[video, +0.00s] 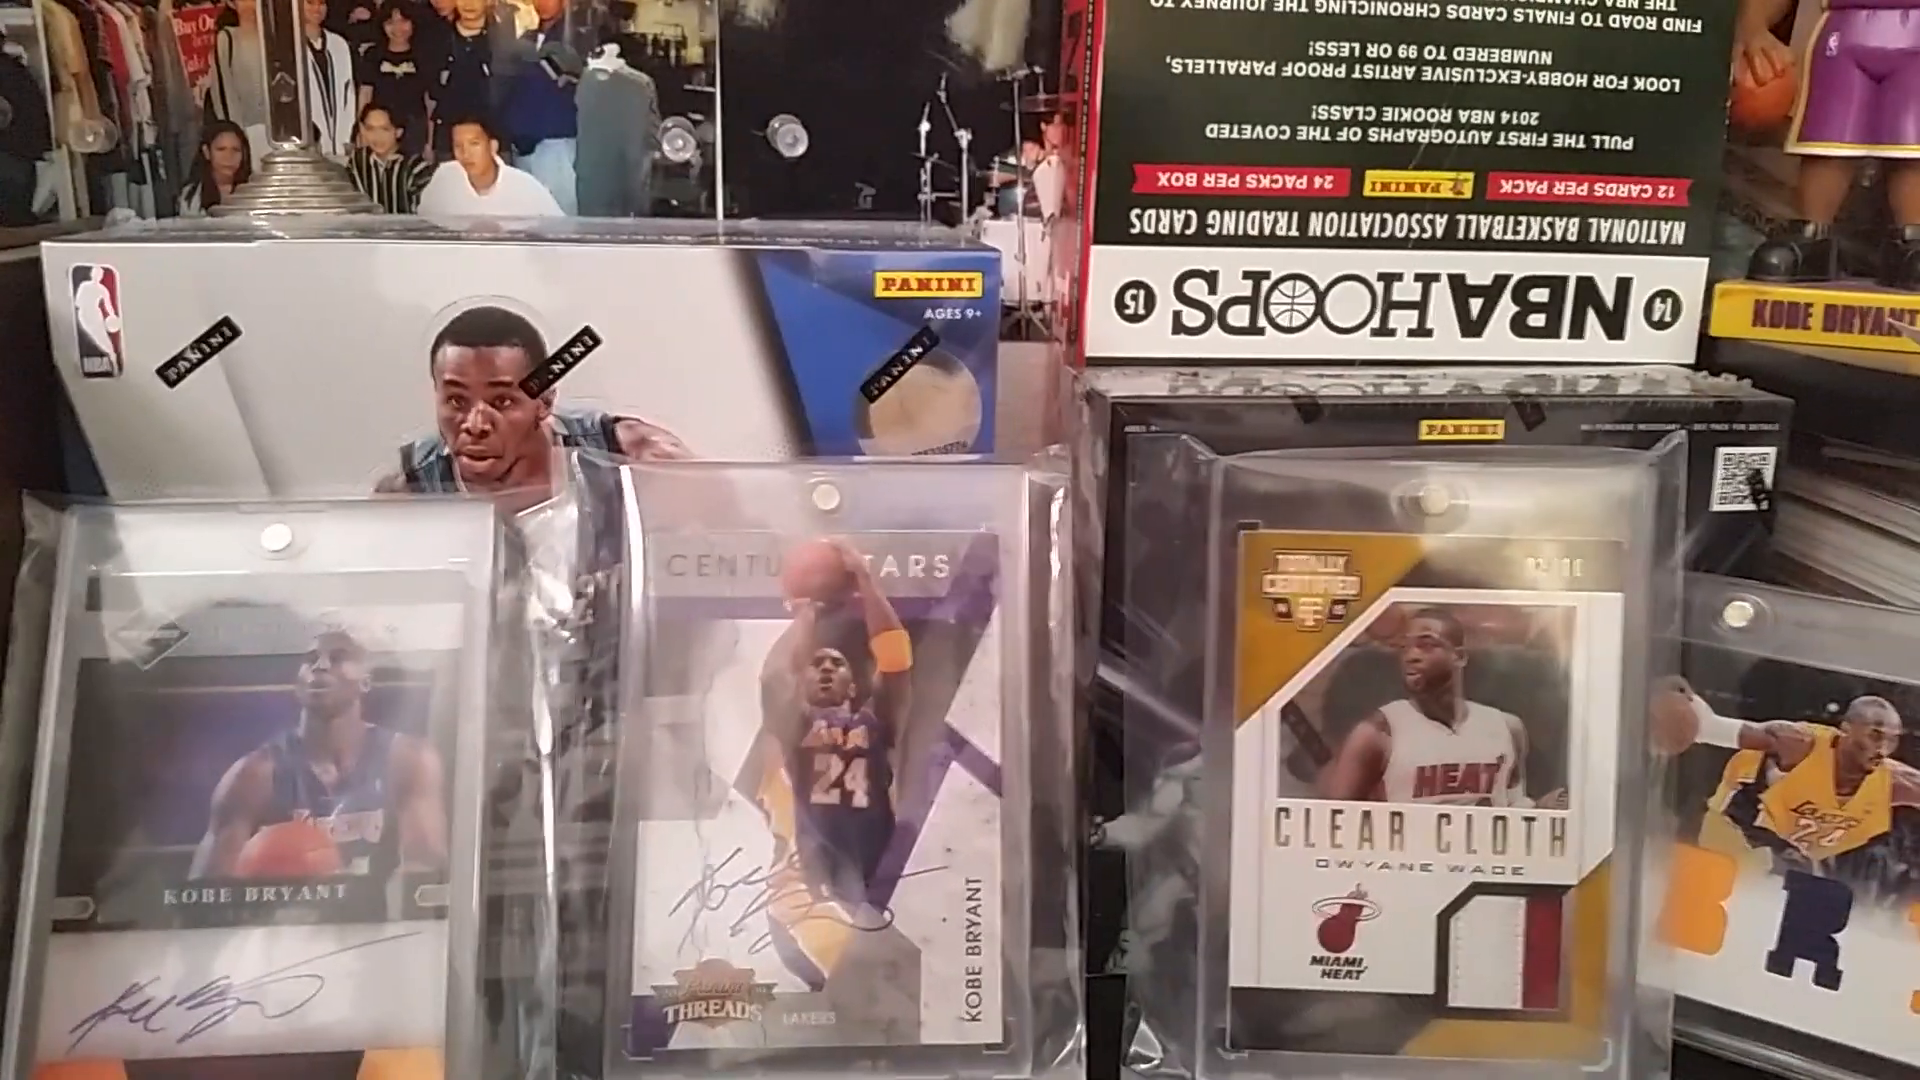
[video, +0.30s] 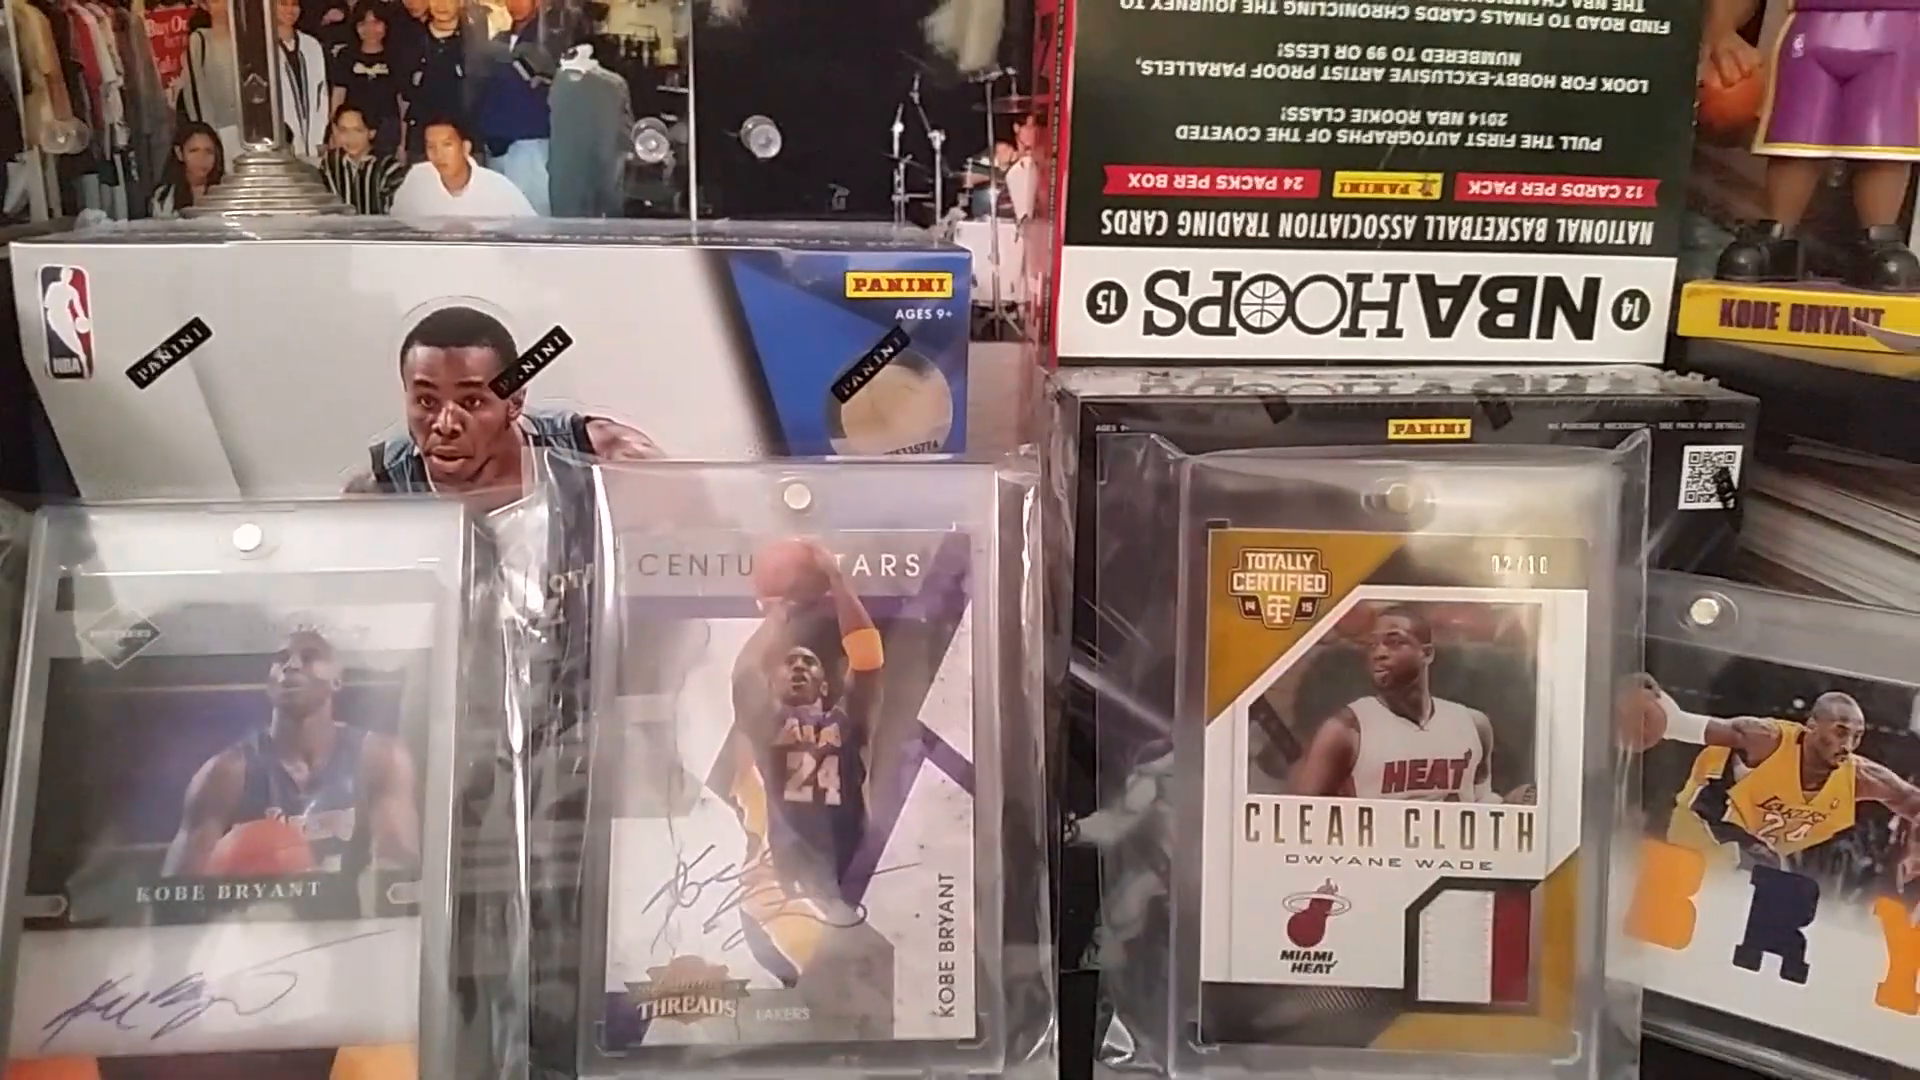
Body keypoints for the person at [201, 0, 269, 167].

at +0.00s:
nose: (249, 4)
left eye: (251, 1)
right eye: (243, 1)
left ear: (259, 4)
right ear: (232, 4)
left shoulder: (270, 35)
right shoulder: (226, 37)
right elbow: (223, 84)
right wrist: (233, 128)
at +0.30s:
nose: (224, 5)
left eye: (225, 1)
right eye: (218, 1)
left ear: (232, 4)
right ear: (206, 5)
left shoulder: (242, 36)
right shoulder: (199, 38)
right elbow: (196, 85)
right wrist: (204, 129)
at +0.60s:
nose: (245, 5)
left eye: (247, 1)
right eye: (238, 1)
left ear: (253, 4)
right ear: (227, 5)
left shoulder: (264, 35)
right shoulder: (221, 38)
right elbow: (219, 84)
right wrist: (228, 126)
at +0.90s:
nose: (268, 5)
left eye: (270, 1)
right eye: (261, 1)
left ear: (277, 4)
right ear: (249, 5)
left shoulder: (286, 35)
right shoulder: (244, 38)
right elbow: (244, 86)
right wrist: (253, 127)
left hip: (291, 118)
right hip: (263, 122)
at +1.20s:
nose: (281, 6)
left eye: (285, 1)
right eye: (275, 1)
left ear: (293, 5)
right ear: (265, 6)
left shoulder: (301, 36)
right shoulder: (259, 38)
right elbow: (259, 83)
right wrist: (268, 124)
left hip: (305, 116)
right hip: (277, 119)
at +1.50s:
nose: (343, 4)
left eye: (342, 1)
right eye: (335, 1)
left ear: (346, 5)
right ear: (322, 6)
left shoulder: (354, 36)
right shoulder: (315, 37)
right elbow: (307, 80)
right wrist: (312, 119)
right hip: (328, 115)